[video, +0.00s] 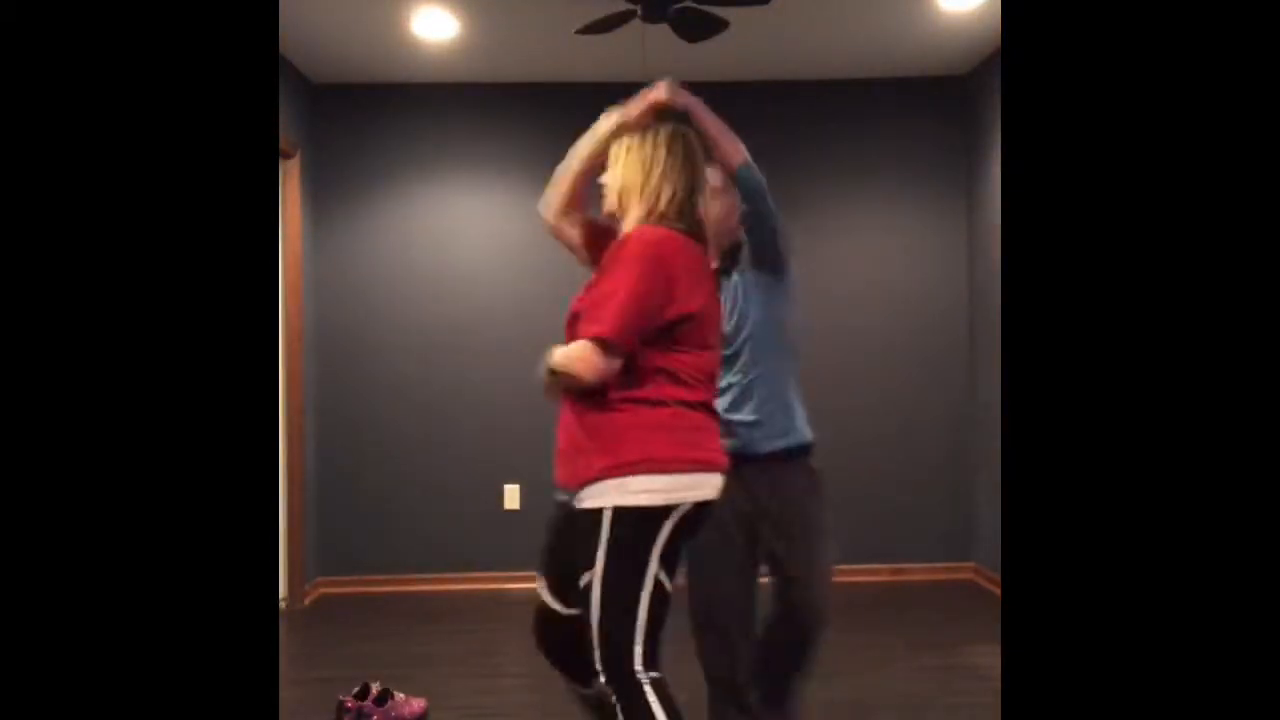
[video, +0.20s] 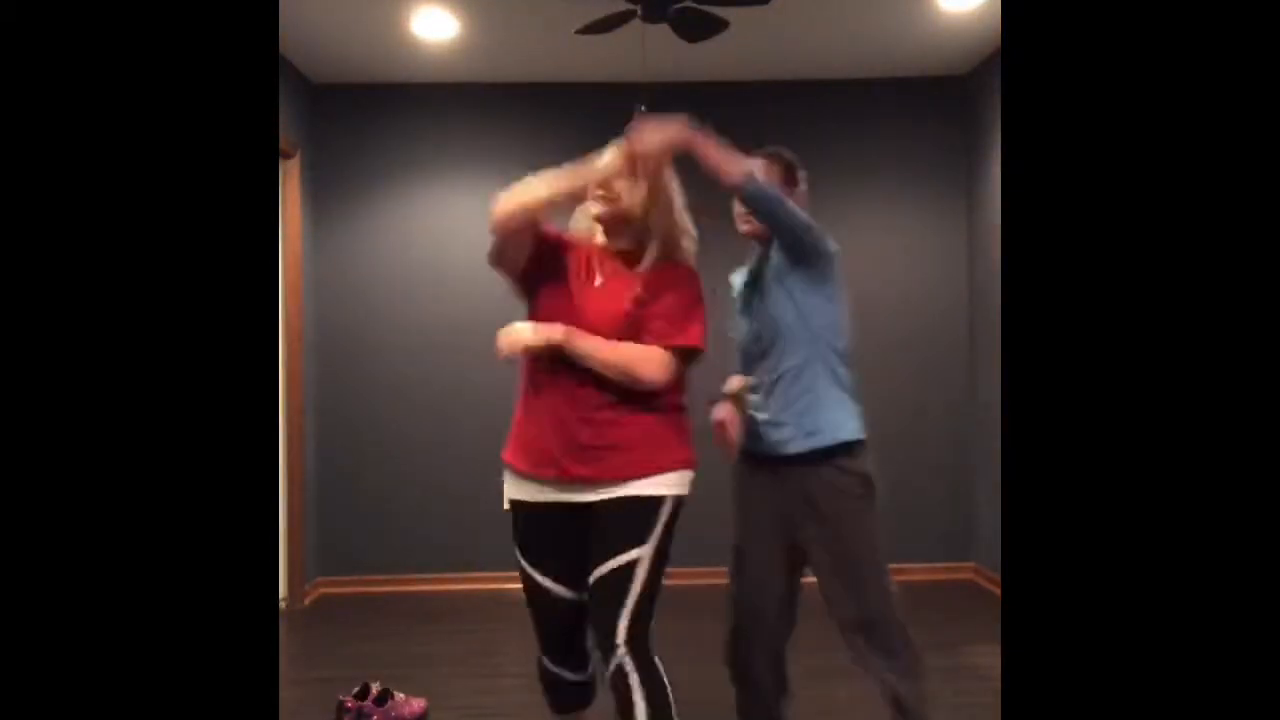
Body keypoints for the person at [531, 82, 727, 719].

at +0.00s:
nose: (606, 173)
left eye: (616, 159)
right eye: (607, 160)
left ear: (638, 169)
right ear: (674, 171)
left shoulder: (654, 247)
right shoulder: (635, 246)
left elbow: (593, 365)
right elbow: (559, 211)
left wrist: (555, 355)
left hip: (647, 482)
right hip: (613, 480)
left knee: (621, 663)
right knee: (562, 634)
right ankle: (623, 708)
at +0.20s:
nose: (605, 187)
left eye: (622, 178)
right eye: (600, 177)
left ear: (652, 195)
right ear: (590, 189)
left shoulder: (671, 276)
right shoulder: (551, 258)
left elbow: (657, 368)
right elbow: (508, 215)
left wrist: (559, 335)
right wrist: (594, 167)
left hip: (638, 481)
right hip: (541, 479)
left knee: (620, 640)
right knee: (560, 648)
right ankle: (573, 713)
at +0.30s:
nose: (621, 194)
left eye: (632, 188)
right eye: (609, 185)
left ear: (646, 205)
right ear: (582, 199)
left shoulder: (661, 275)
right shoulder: (545, 260)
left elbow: (682, 374)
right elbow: (511, 293)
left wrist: (609, 347)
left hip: (640, 476)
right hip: (544, 477)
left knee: (623, 638)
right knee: (568, 640)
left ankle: (635, 713)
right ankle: (575, 715)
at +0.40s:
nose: (629, 200)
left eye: (635, 192)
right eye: (616, 189)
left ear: (641, 205)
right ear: (581, 198)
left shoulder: (652, 281)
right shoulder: (551, 267)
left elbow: (678, 364)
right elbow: (543, 332)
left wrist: (645, 374)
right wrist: (664, 354)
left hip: (638, 469)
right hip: (550, 470)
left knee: (637, 629)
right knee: (578, 627)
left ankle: (616, 711)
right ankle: (579, 713)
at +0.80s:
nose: (664, 209)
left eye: (664, 201)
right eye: (649, 201)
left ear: (666, 213)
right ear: (616, 217)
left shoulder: (670, 288)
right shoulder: (600, 279)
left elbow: (682, 383)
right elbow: (614, 367)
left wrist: (710, 364)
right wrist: (696, 348)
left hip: (644, 460)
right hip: (592, 455)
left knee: (596, 587)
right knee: (649, 589)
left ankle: (562, 705)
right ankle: (637, 712)